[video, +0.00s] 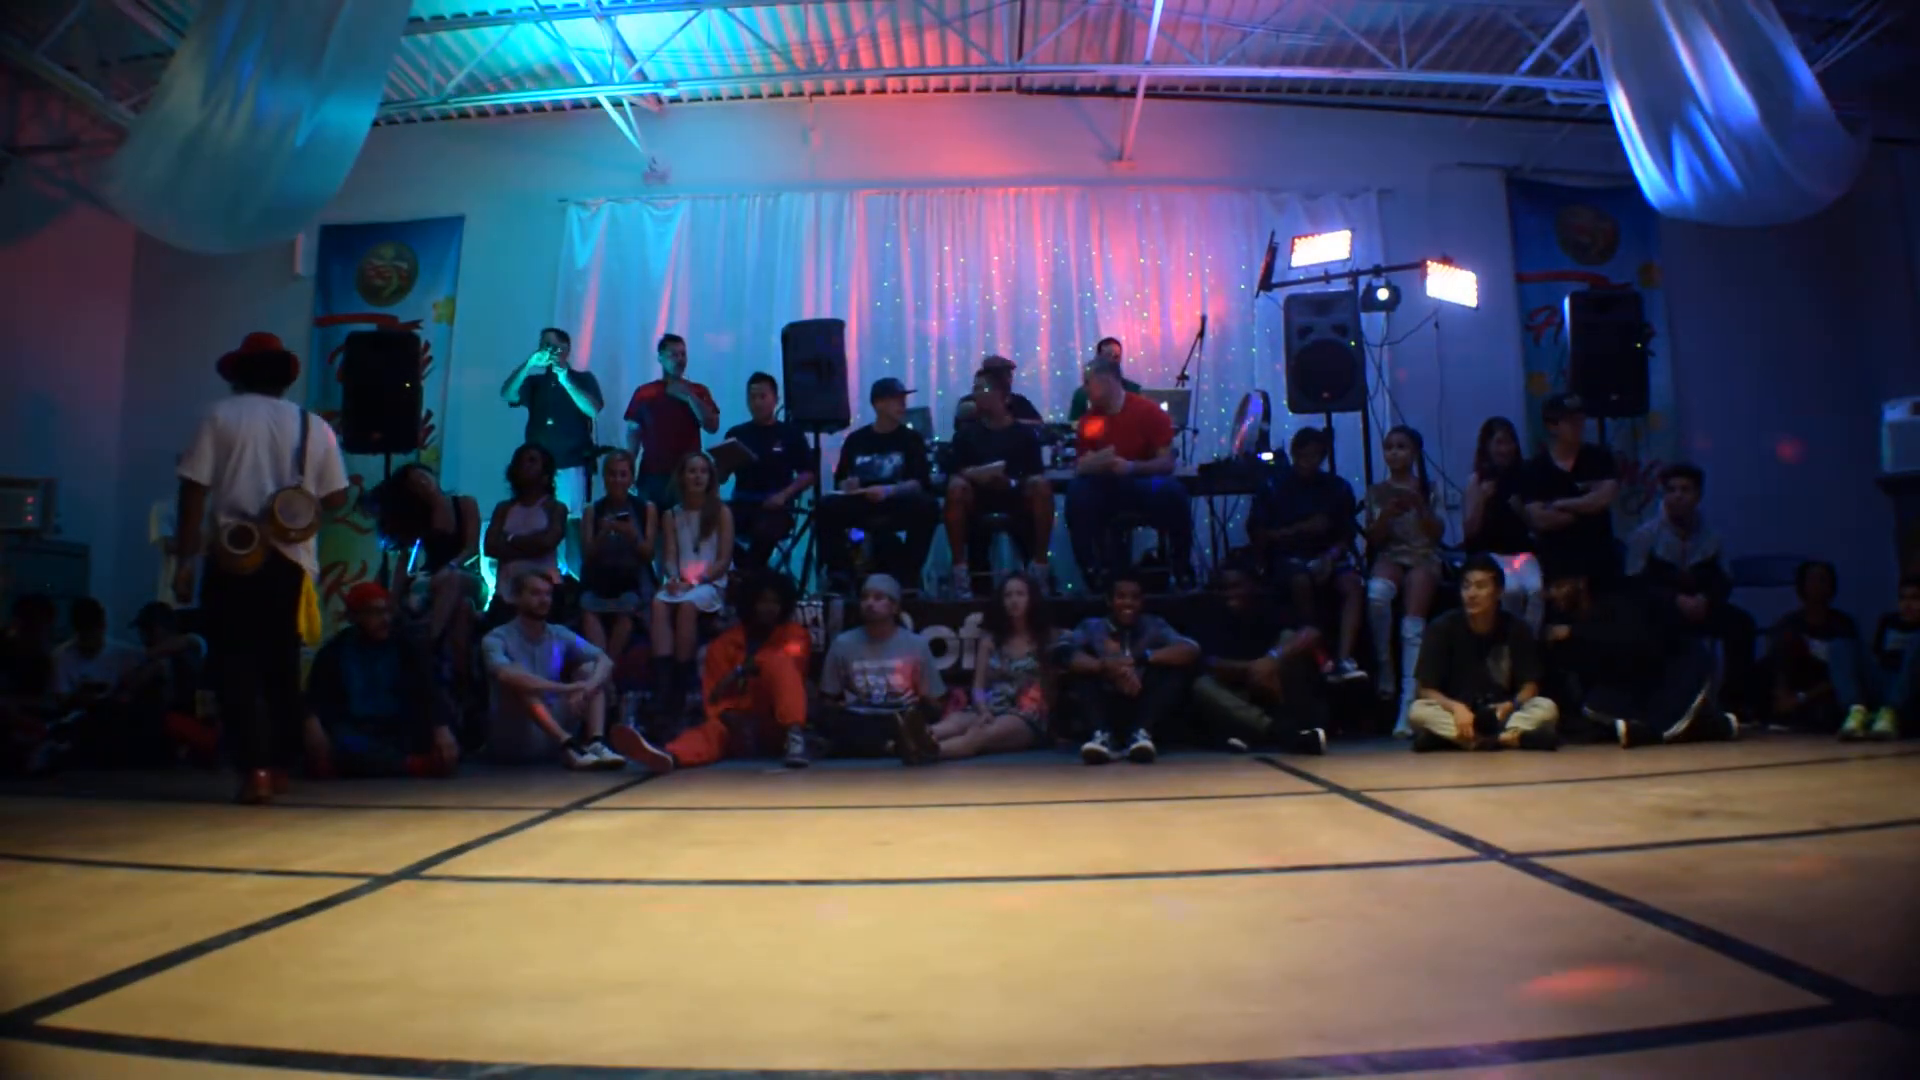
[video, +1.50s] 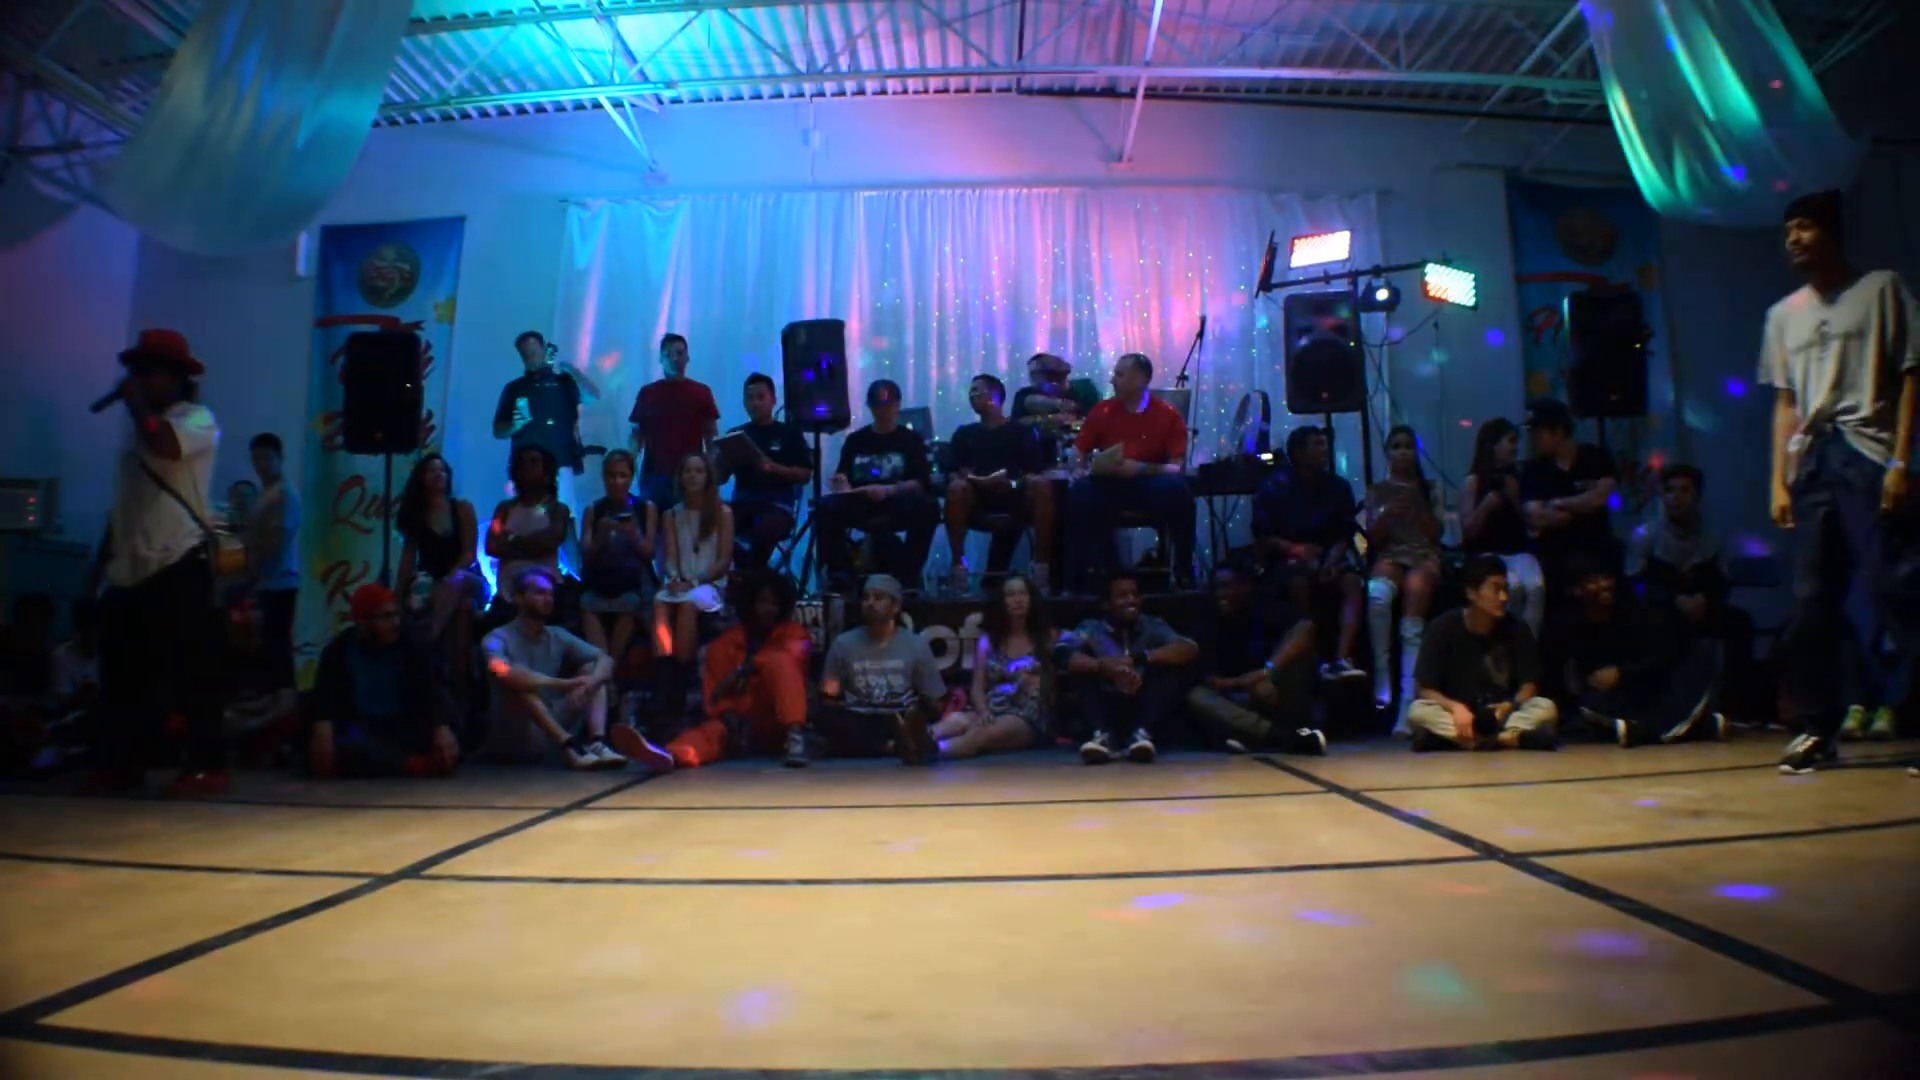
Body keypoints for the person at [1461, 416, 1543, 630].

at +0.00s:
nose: (1505, 448)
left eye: (1509, 442)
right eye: (1498, 442)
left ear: (1516, 445)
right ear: (1486, 447)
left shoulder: (1527, 476)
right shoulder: (1478, 481)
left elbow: (1538, 518)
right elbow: (1471, 530)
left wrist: (1522, 508)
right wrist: (1480, 499)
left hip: (1523, 549)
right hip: (1491, 550)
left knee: (1535, 587)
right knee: (1511, 590)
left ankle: (1531, 645)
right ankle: (1506, 644)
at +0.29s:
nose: (1503, 451)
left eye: (1507, 444)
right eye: (1496, 446)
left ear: (1515, 447)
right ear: (1484, 449)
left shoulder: (1523, 477)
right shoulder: (1476, 482)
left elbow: (1534, 522)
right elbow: (1470, 531)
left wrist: (1516, 501)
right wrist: (1480, 502)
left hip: (1519, 550)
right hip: (1487, 551)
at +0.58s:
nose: (1503, 452)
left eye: (1507, 445)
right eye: (1496, 446)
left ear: (1514, 447)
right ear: (1484, 449)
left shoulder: (1523, 477)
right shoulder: (1475, 482)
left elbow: (1533, 521)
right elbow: (1470, 530)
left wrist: (1514, 496)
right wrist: (1482, 501)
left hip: (1519, 548)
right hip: (1488, 549)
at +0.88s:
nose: (1499, 451)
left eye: (1504, 444)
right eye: (1493, 445)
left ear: (1511, 448)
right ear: (1482, 449)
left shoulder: (1520, 480)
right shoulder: (1470, 485)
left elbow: (1529, 522)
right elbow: (1468, 532)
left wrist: (1511, 498)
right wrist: (1481, 503)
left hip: (1517, 550)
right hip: (1486, 552)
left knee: (1531, 571)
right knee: (1507, 583)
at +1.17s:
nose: (1513, 447)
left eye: (1514, 441)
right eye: (1508, 441)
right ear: (1490, 445)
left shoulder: (1518, 478)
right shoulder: (1473, 482)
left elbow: (1528, 519)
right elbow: (1469, 528)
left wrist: (1514, 498)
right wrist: (1486, 505)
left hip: (1518, 551)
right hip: (1486, 553)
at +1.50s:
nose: (1514, 447)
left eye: (1515, 441)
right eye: (1509, 441)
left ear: (1514, 445)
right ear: (1492, 445)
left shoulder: (1518, 478)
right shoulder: (1474, 481)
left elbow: (1528, 519)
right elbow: (1468, 529)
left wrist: (1514, 500)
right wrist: (1486, 506)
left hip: (1520, 549)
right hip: (1488, 550)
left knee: (1535, 584)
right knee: (1513, 584)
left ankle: (1529, 643)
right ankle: (1501, 642)